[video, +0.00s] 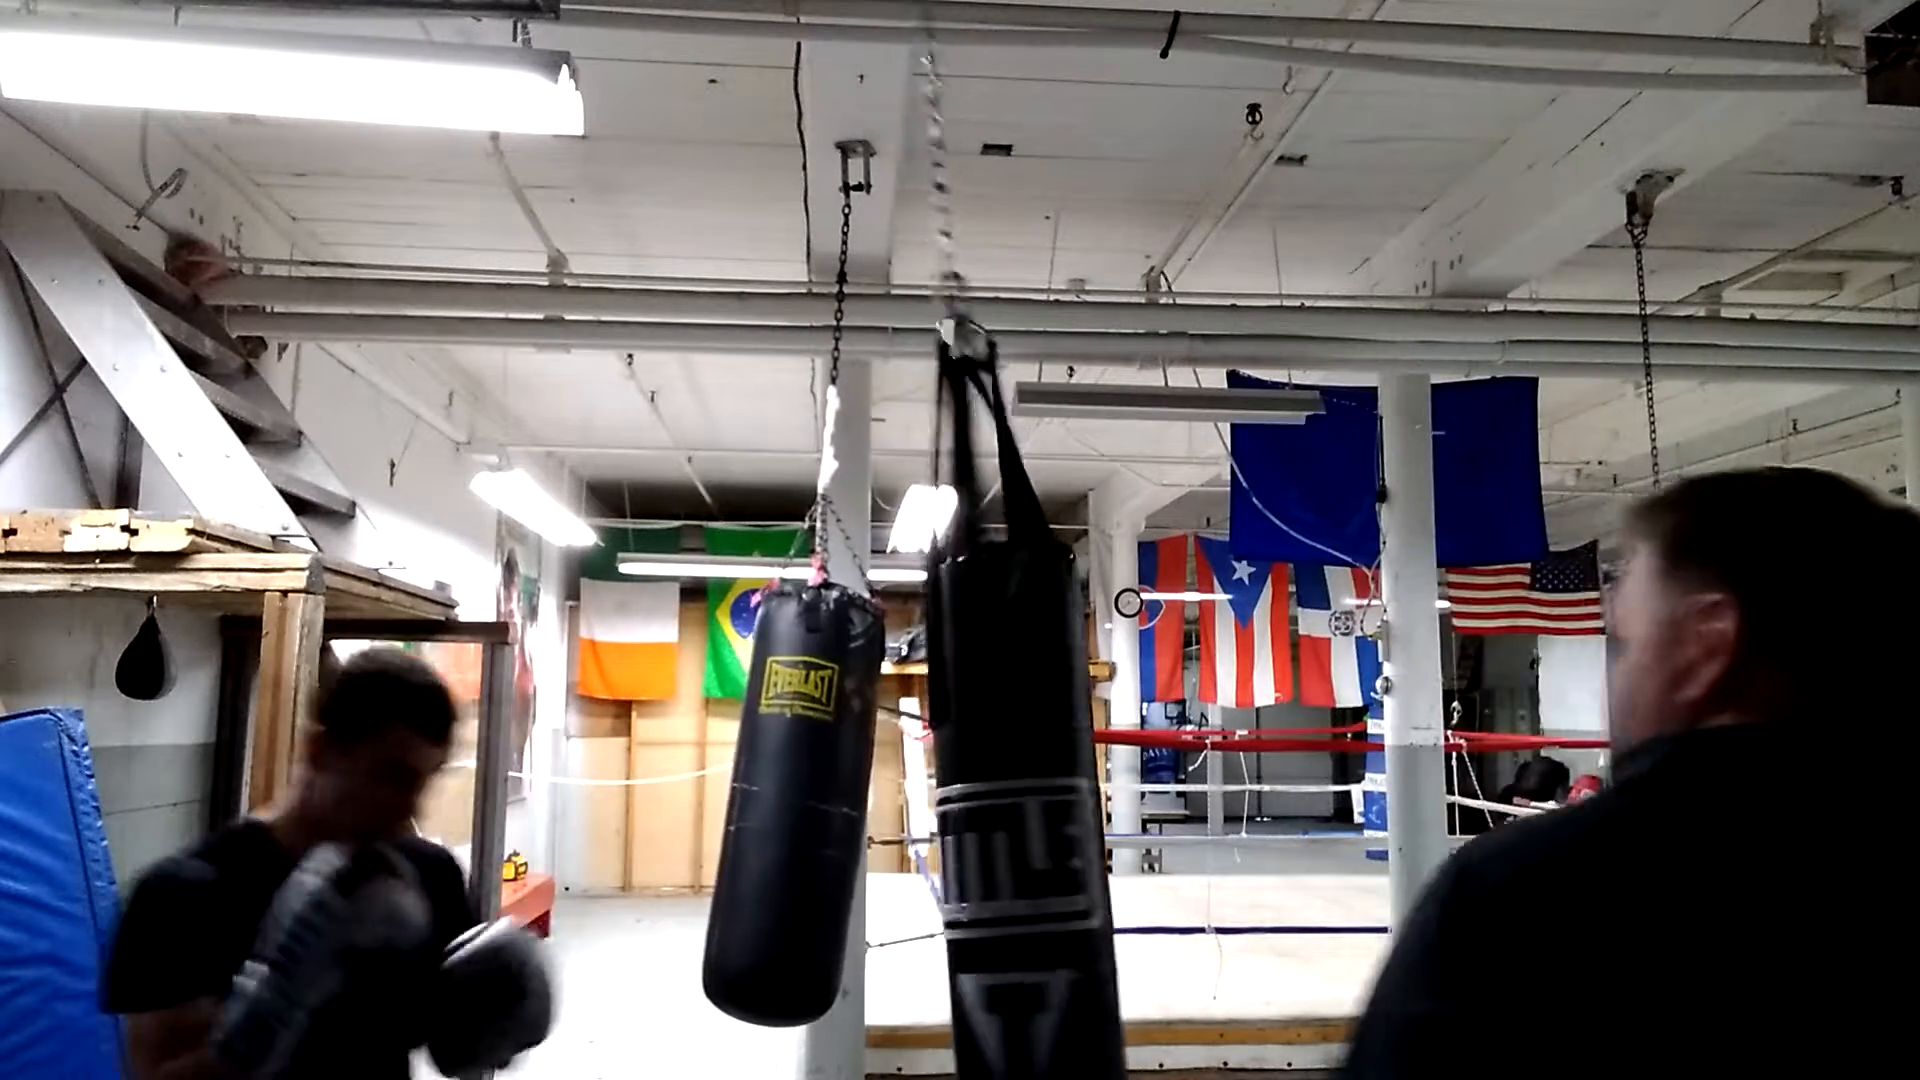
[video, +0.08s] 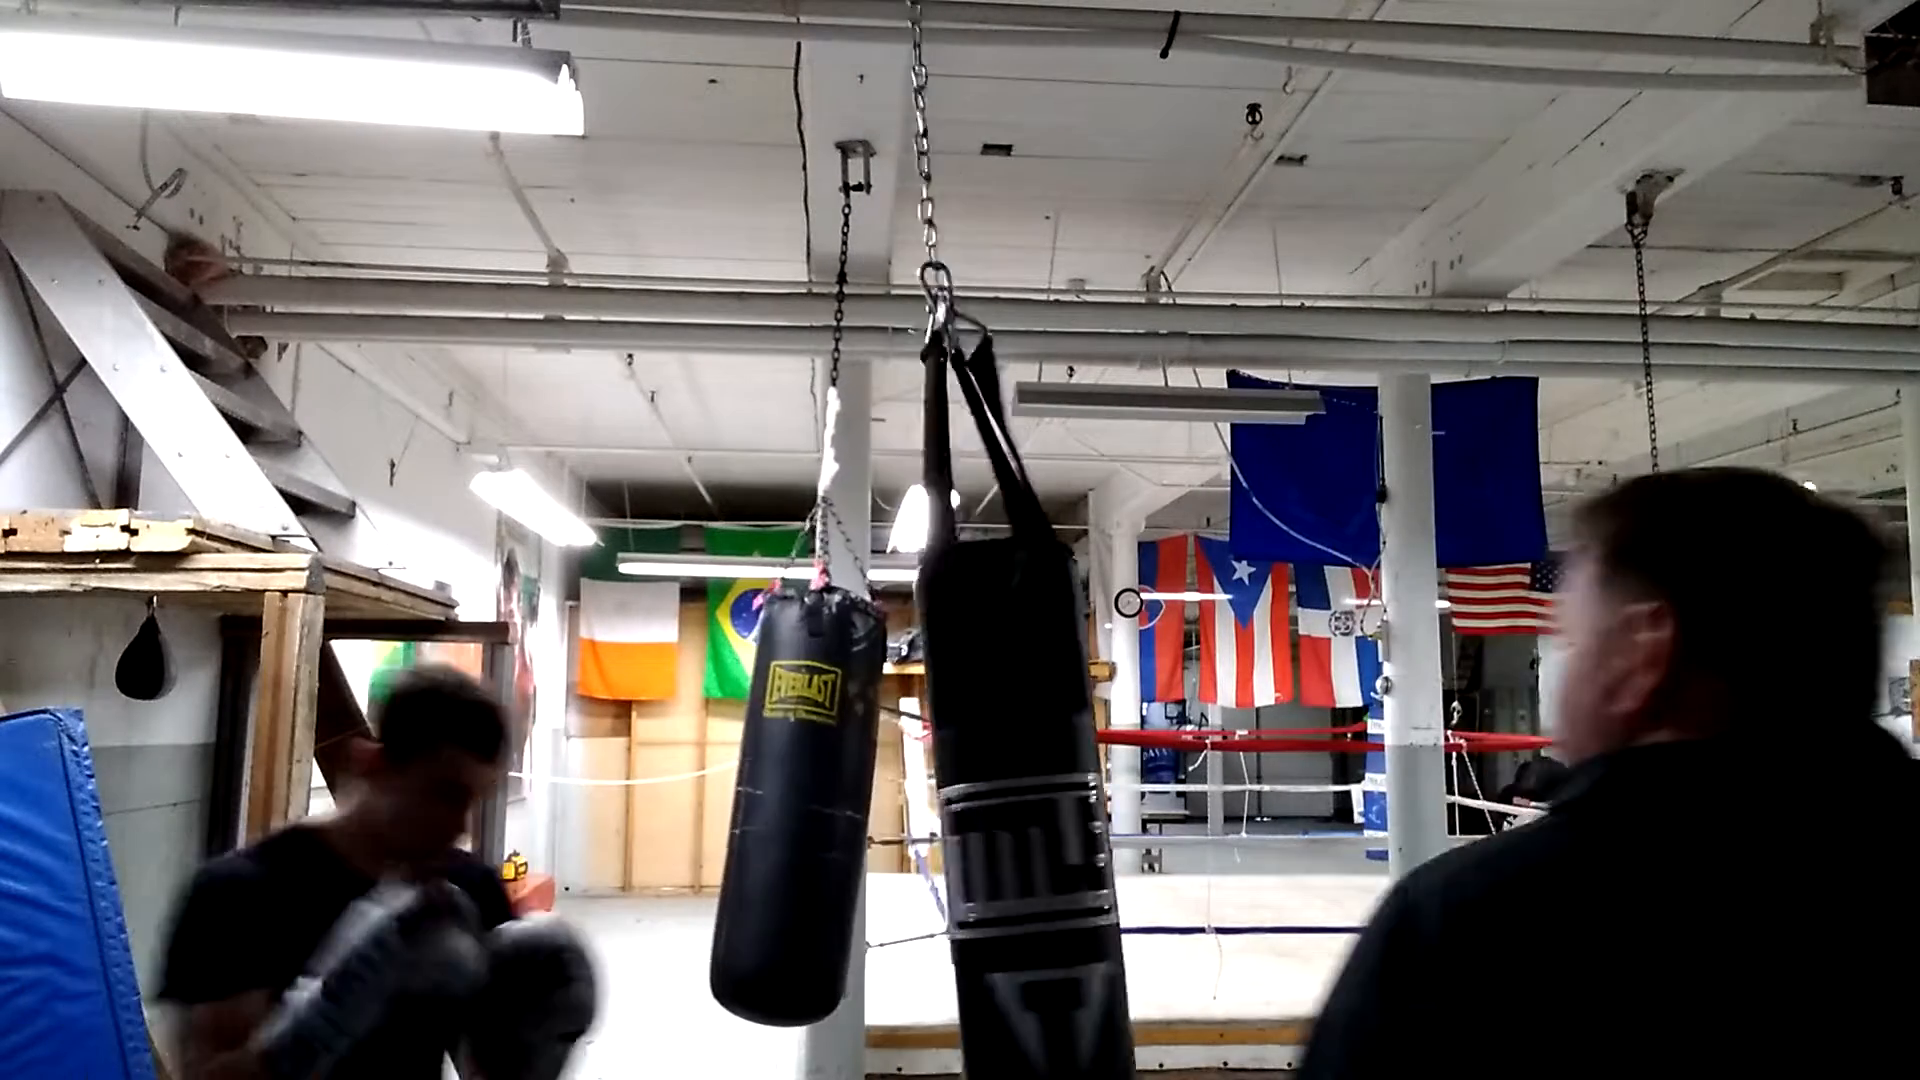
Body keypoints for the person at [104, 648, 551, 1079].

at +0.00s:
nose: (412, 806)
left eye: (425, 781)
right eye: (395, 775)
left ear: (436, 773)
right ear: (319, 751)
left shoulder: (427, 878)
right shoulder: (189, 892)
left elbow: (454, 1053)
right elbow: (158, 1067)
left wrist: (499, 1003)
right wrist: (280, 986)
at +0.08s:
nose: (463, 823)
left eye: (474, 801)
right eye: (448, 795)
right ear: (373, 764)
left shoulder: (469, 888)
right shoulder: (241, 890)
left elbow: (484, 1065)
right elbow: (205, 1067)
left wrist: (532, 1030)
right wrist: (327, 1002)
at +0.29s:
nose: (560, 850)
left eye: (578, 830)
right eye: (542, 824)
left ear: (593, 816)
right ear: (489, 787)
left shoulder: (577, 888)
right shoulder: (352, 861)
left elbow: (632, 1063)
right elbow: (332, 1059)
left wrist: (665, 916)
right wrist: (406, 899)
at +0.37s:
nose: (540, 842)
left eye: (564, 827)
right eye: (529, 815)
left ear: (581, 812)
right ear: (481, 775)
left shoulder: (573, 878)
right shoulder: (354, 860)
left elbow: (645, 1044)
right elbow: (343, 1055)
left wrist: (674, 904)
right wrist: (446, 901)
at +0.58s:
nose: (544, 838)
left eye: (559, 816)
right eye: (525, 812)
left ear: (569, 805)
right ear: (462, 789)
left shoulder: (569, 900)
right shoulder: (360, 895)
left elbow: (610, 1053)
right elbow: (317, 1053)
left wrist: (637, 998)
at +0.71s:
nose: (582, 836)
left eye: (597, 811)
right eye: (564, 807)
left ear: (611, 798)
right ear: (500, 783)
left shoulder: (631, 896)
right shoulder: (420, 885)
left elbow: (744, 996)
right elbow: (369, 1025)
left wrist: (824, 1013)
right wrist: (446, 1019)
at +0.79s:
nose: (631, 836)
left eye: (642, 814)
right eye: (611, 812)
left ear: (653, 809)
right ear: (553, 801)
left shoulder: (673, 920)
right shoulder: (457, 917)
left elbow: (776, 1020)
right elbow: (427, 1056)